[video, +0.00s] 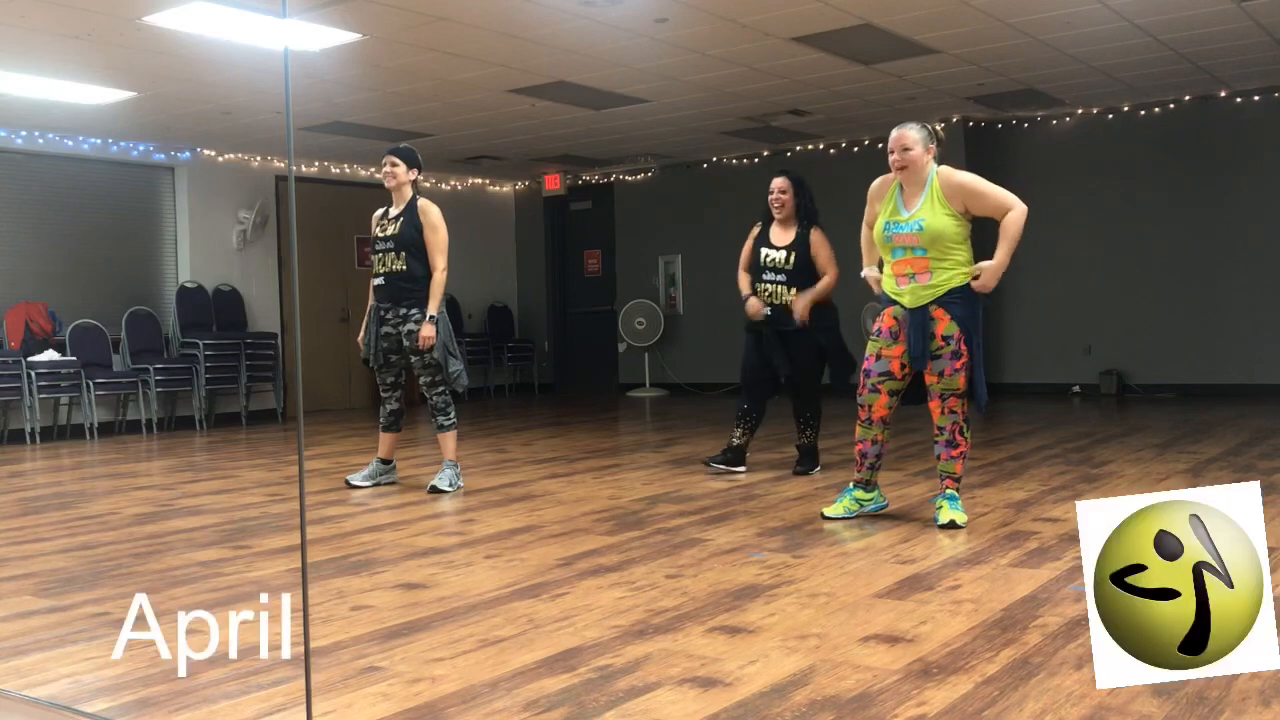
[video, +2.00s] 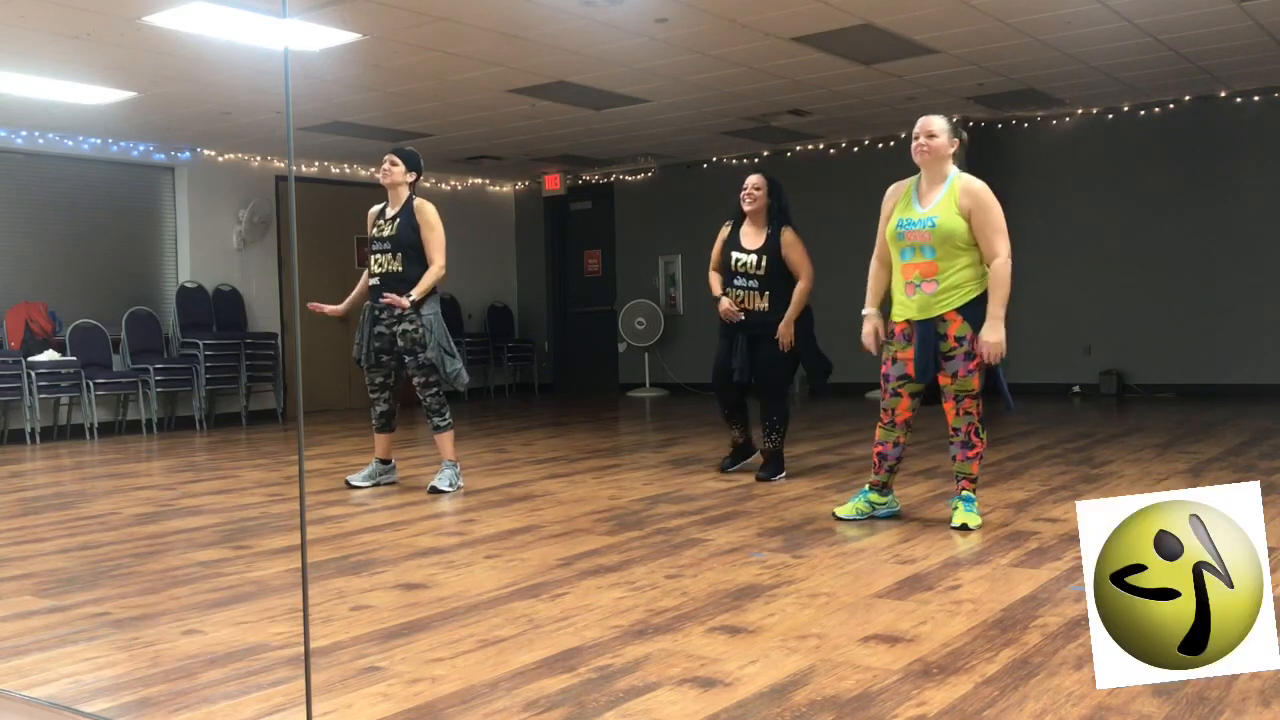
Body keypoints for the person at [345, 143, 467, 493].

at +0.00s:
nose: (385, 170)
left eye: (393, 166)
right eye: (384, 166)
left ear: (413, 173)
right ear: (383, 173)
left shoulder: (426, 210)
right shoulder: (379, 217)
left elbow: (440, 268)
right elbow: (378, 275)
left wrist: (430, 319)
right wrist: (366, 323)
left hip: (417, 314)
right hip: (383, 316)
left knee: (436, 391)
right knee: (389, 392)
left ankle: (451, 468)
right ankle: (384, 464)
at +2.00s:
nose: (384, 169)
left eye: (393, 165)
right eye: (383, 164)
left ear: (411, 175)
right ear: (382, 174)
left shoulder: (422, 209)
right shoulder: (374, 215)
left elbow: (437, 266)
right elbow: (373, 269)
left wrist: (411, 298)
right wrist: (343, 307)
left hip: (413, 314)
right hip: (377, 314)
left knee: (429, 389)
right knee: (380, 390)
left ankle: (450, 467)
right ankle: (382, 464)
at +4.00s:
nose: (387, 167)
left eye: (395, 164)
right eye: (386, 162)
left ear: (412, 175)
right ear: (382, 172)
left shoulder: (427, 210)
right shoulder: (370, 217)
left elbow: (447, 262)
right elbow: (368, 273)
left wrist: (458, 310)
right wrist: (336, 307)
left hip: (421, 312)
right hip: (382, 315)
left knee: (431, 386)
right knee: (386, 389)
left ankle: (452, 466)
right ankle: (390, 463)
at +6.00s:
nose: (407, 169)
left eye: (414, 164)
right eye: (405, 166)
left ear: (435, 170)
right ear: (405, 175)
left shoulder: (450, 208)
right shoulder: (408, 212)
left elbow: (455, 265)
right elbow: (406, 268)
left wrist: (429, 256)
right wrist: (378, 297)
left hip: (441, 312)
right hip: (407, 310)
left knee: (437, 384)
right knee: (373, 373)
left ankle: (460, 465)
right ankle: (388, 451)